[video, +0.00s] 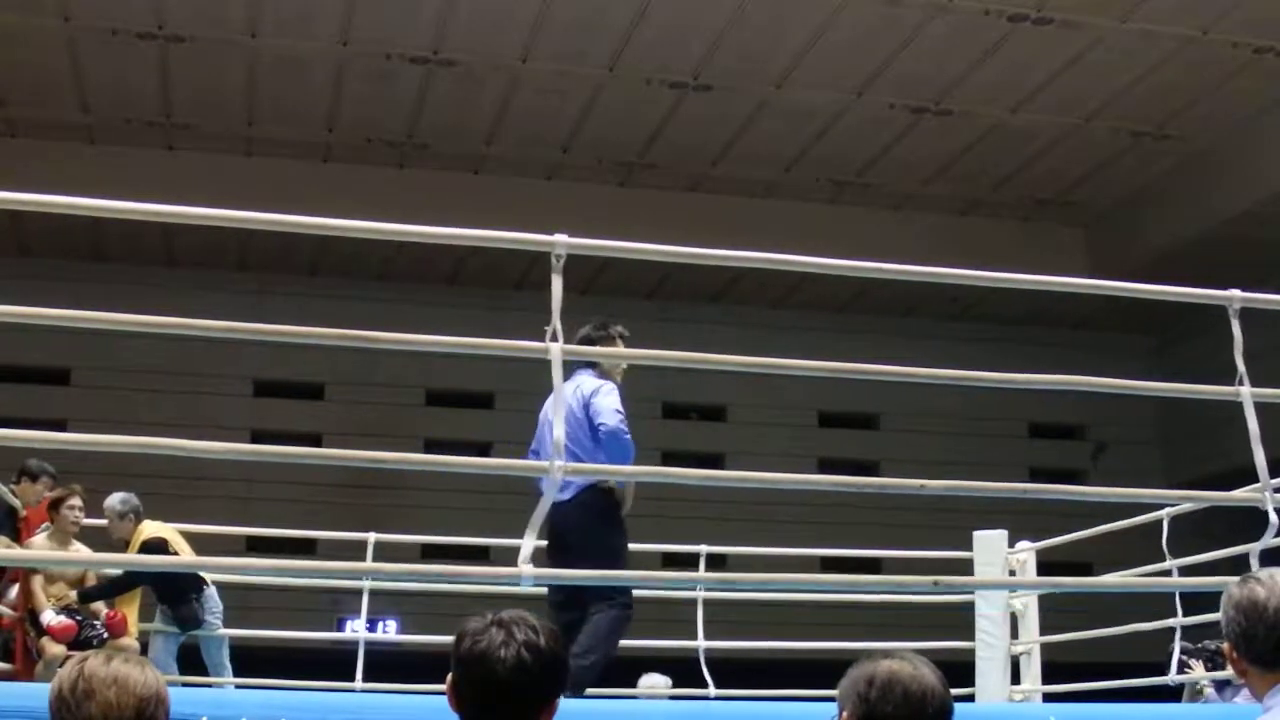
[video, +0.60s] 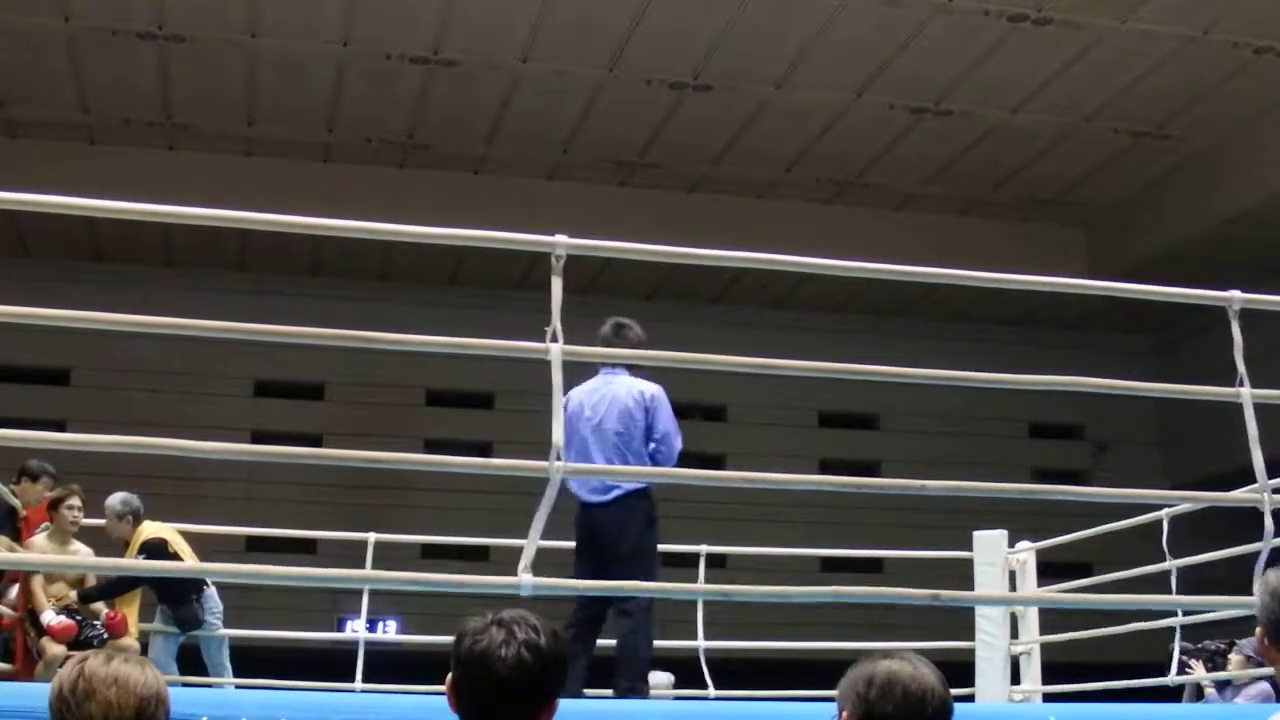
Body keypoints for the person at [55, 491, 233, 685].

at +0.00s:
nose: (107, 525)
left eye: (111, 520)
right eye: (107, 520)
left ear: (130, 520)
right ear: (129, 520)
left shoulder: (154, 542)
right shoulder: (138, 539)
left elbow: (126, 584)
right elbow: (127, 582)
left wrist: (79, 596)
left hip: (201, 600)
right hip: (169, 603)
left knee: (218, 665)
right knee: (160, 660)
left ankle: (229, 713)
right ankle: (173, 710)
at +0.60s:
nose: (105, 524)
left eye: (109, 519)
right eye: (106, 518)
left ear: (127, 521)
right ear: (127, 521)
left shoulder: (154, 542)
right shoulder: (136, 540)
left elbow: (125, 584)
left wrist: (79, 596)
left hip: (202, 601)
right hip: (170, 603)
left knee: (218, 666)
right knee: (160, 660)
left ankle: (229, 711)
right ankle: (177, 709)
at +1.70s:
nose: (107, 524)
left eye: (110, 519)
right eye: (107, 519)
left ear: (129, 520)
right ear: (129, 519)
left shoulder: (154, 542)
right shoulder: (138, 540)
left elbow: (125, 583)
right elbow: (125, 584)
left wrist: (79, 597)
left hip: (201, 600)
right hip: (170, 603)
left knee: (217, 664)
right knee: (160, 660)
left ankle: (230, 712)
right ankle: (174, 709)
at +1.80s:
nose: (109, 524)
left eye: (112, 518)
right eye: (109, 519)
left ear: (132, 519)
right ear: (131, 518)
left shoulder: (156, 541)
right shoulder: (139, 538)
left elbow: (125, 583)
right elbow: (125, 581)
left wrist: (78, 597)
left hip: (201, 601)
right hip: (170, 604)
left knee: (218, 666)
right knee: (159, 661)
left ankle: (231, 714)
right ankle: (174, 709)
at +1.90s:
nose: (112, 522)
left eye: (115, 516)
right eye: (111, 516)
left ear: (134, 516)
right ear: (133, 516)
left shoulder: (159, 539)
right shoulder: (140, 539)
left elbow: (127, 581)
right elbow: (126, 583)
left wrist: (81, 597)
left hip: (201, 600)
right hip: (170, 604)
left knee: (218, 666)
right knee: (159, 660)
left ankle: (231, 712)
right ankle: (177, 708)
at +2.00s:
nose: (116, 522)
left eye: (119, 516)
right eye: (115, 517)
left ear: (138, 514)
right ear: (134, 515)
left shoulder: (162, 537)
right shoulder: (137, 539)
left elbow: (132, 581)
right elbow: (130, 583)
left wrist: (85, 597)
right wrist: (127, 628)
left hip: (201, 600)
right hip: (170, 604)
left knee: (218, 666)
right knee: (158, 660)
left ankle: (230, 711)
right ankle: (176, 709)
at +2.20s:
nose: (118, 522)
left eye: (121, 516)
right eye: (117, 516)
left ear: (141, 514)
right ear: (139, 515)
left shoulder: (164, 539)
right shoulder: (138, 537)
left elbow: (134, 581)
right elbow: (128, 573)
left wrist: (89, 599)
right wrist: (111, 600)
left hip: (201, 602)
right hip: (170, 605)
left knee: (218, 666)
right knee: (158, 658)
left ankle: (233, 718)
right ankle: (176, 711)